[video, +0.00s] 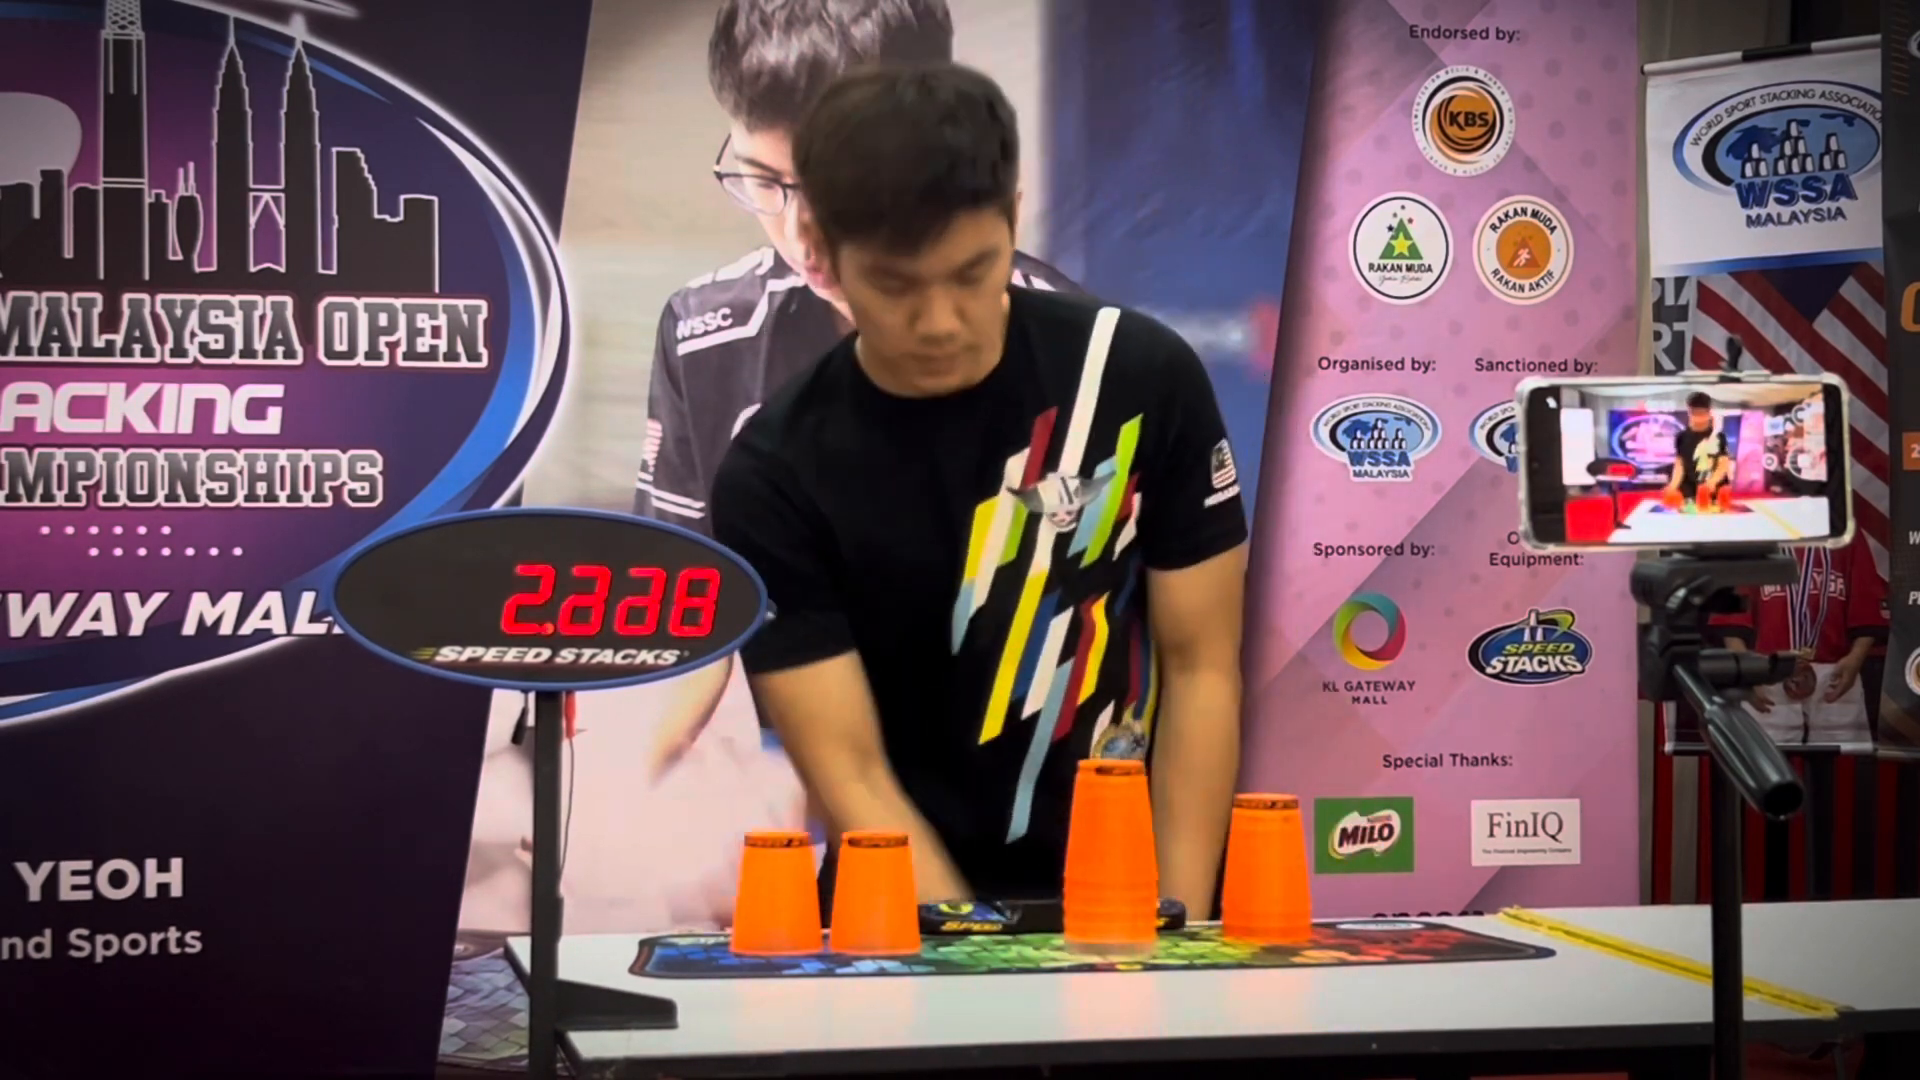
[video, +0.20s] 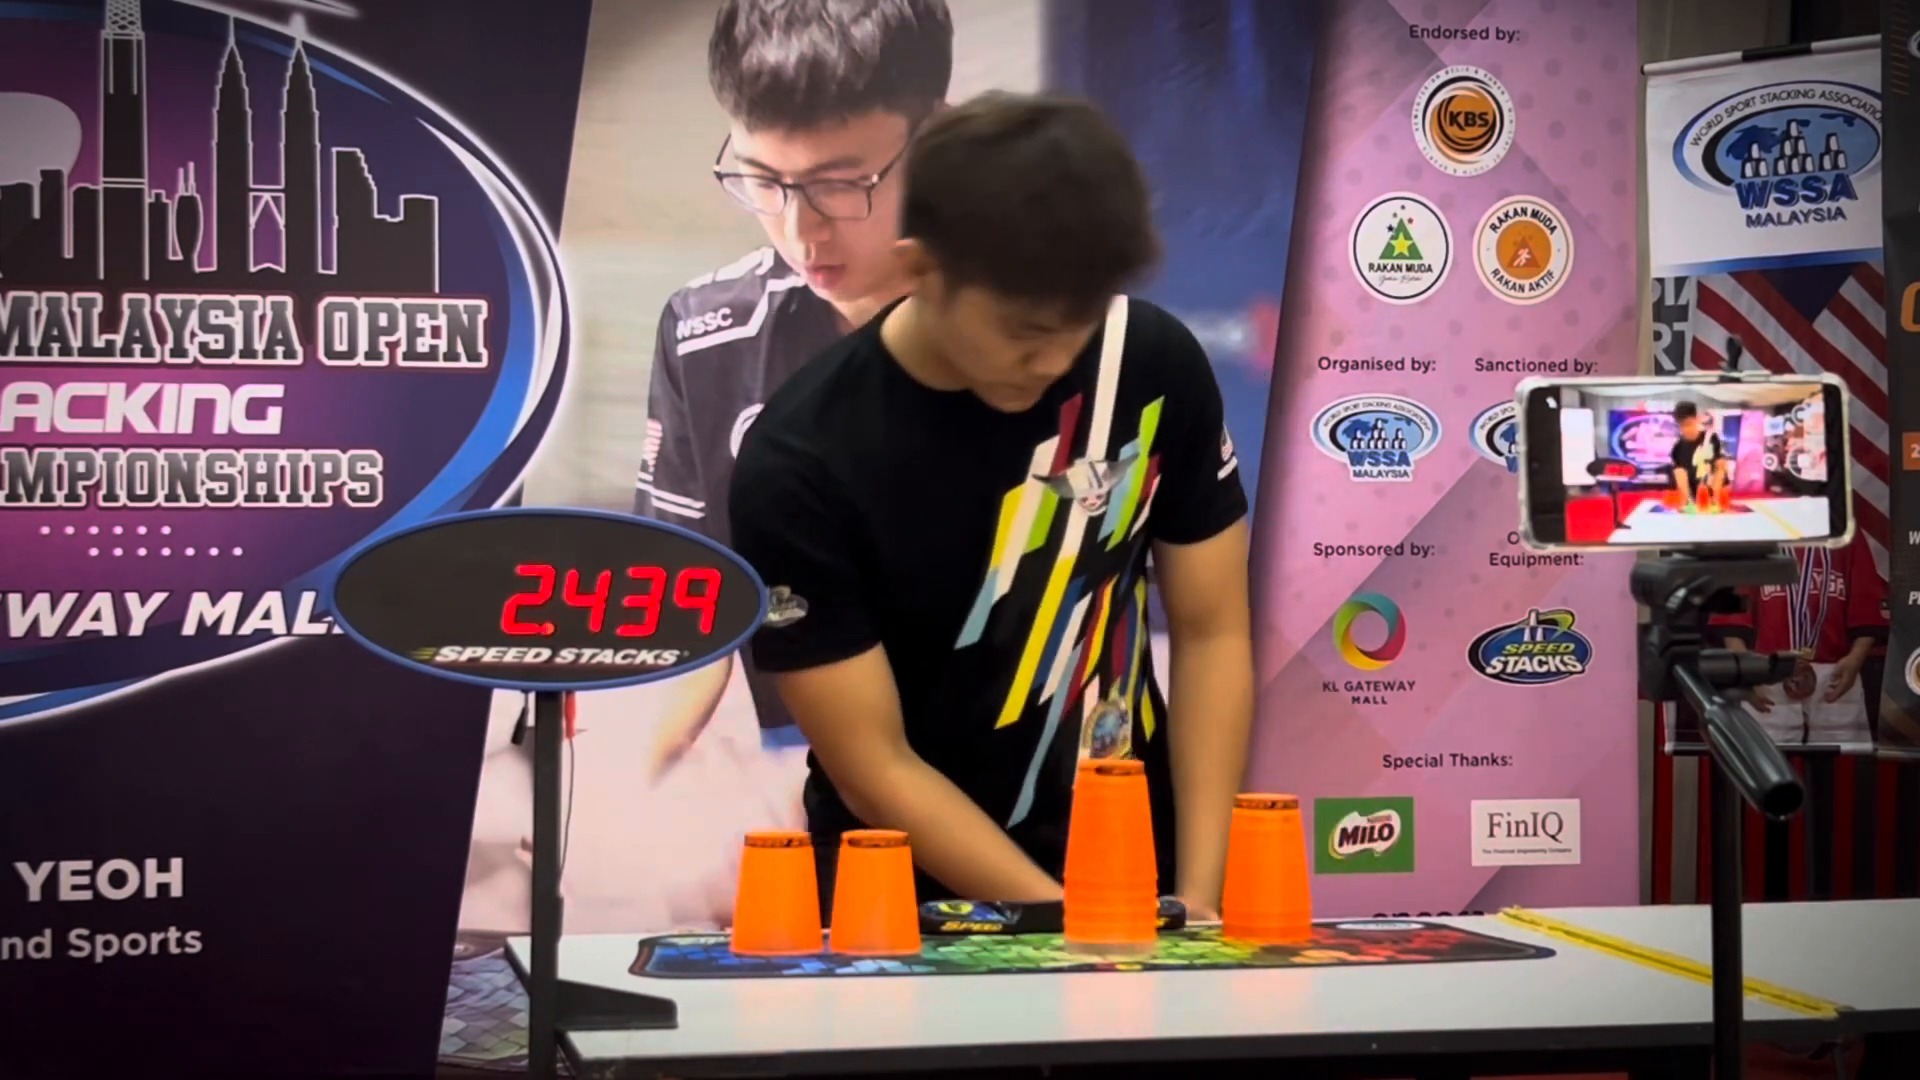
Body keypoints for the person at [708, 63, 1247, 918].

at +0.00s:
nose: (939, 321)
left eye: (973, 272)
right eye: (894, 283)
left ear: (1013, 225)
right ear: (823, 260)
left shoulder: (1144, 378)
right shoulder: (774, 474)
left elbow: (1199, 666)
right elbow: (852, 778)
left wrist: (1177, 930)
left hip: (1117, 921)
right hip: (915, 933)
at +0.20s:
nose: (1058, 360)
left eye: (1084, 325)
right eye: (1027, 328)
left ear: (1109, 290)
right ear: (923, 265)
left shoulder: (1152, 366)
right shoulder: (800, 460)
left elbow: (1211, 632)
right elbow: (871, 764)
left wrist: (1199, 898)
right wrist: (1069, 924)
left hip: (1126, 891)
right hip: (920, 915)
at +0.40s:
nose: (1190, 324)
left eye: (1209, 295)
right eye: (1180, 285)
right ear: (1081, 216)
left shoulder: (1171, 364)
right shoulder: (868, 395)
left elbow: (1176, 624)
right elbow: (812, 717)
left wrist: (1170, 890)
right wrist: (909, 943)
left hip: (1081, 897)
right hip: (910, 917)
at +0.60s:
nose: (1268, 346)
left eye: (1293, 321)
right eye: (1282, 305)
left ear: (1214, 225)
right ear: (1216, 225)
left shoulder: (1178, 367)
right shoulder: (959, 358)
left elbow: (1162, 638)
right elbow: (836, 668)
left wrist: (1204, 879)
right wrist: (878, 935)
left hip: (1065, 902)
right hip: (914, 914)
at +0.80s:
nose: (1308, 440)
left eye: (1338, 427)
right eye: (1327, 406)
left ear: (1281, 305)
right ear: (1282, 304)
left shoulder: (1237, 416)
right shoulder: (1008, 384)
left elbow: (1179, 674)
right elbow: (874, 671)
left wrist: (1235, 909)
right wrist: (891, 944)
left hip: (1065, 888)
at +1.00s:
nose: (1250, 485)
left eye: (1288, 474)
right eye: (1251, 443)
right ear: (1207, 338)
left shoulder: (1277, 451)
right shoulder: (966, 410)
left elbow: (1235, 675)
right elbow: (844, 695)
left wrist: (1247, 920)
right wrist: (874, 952)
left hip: (1094, 844)